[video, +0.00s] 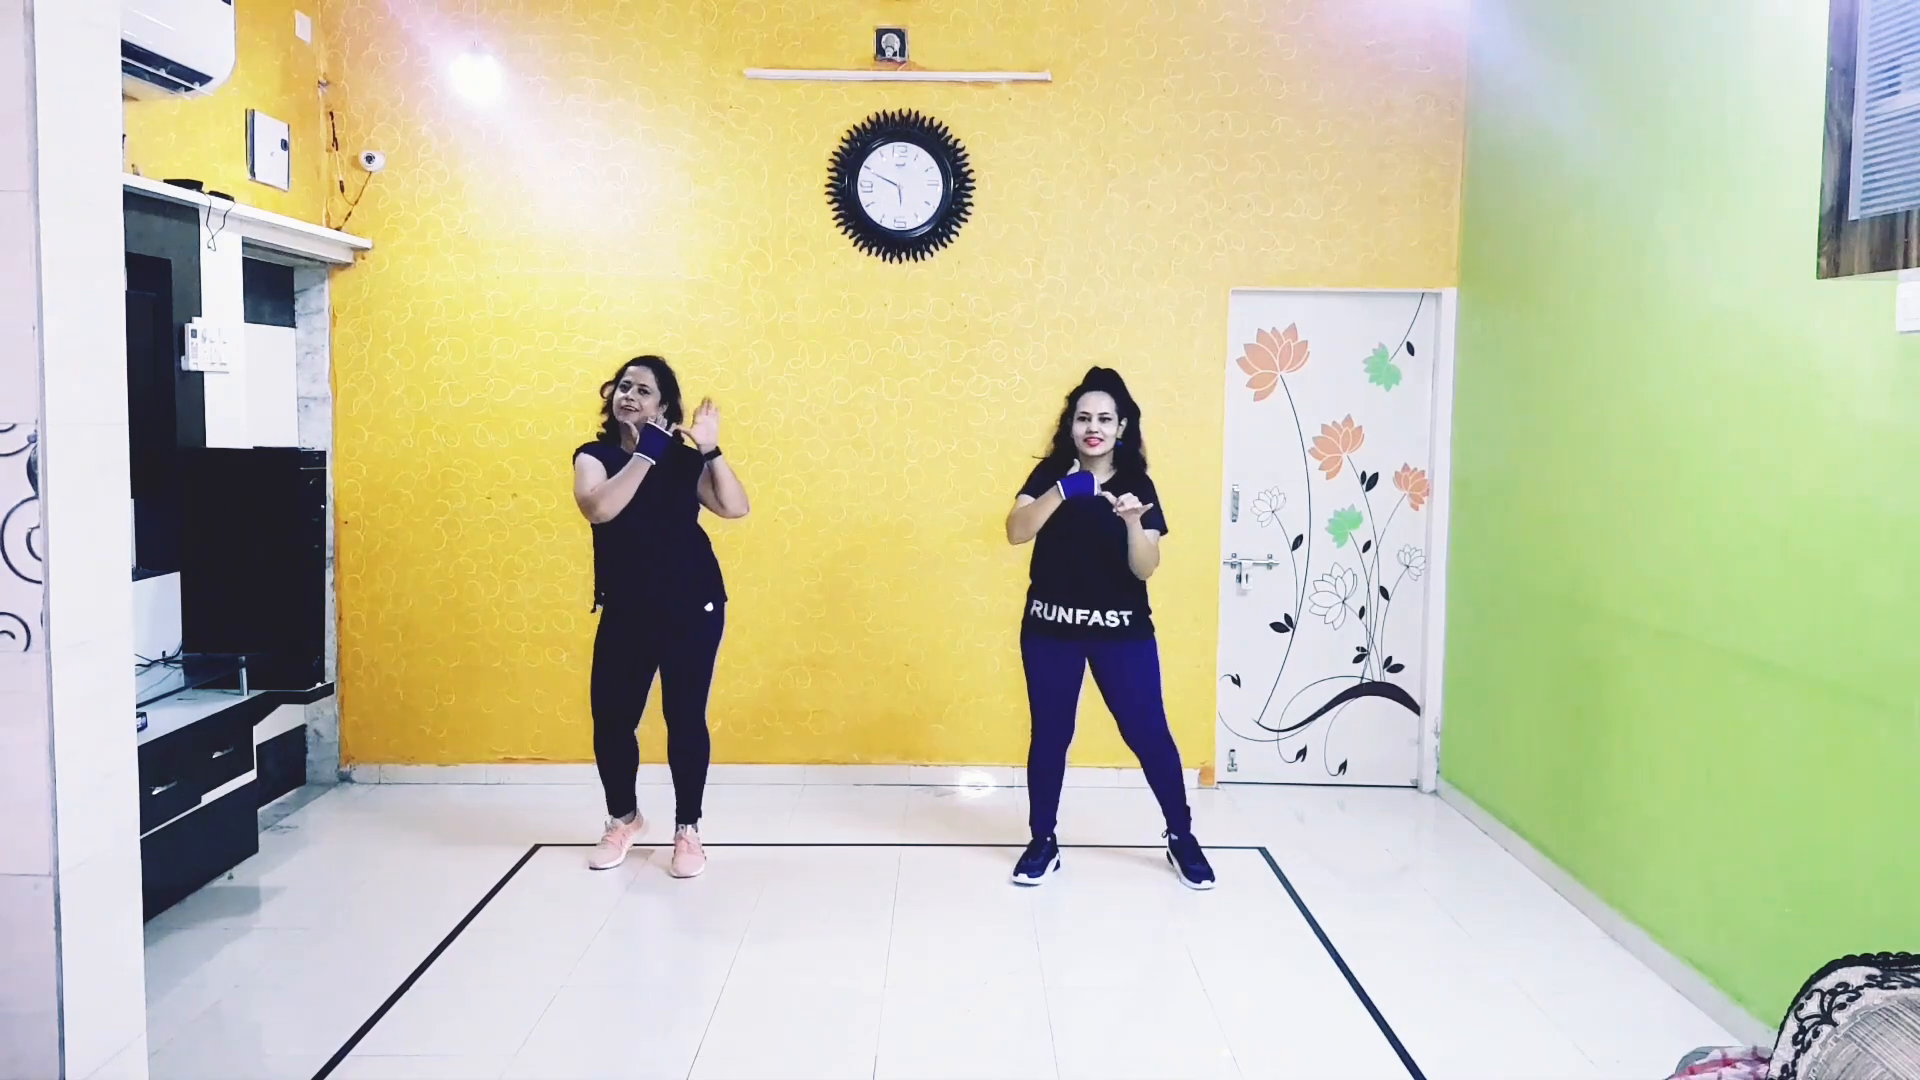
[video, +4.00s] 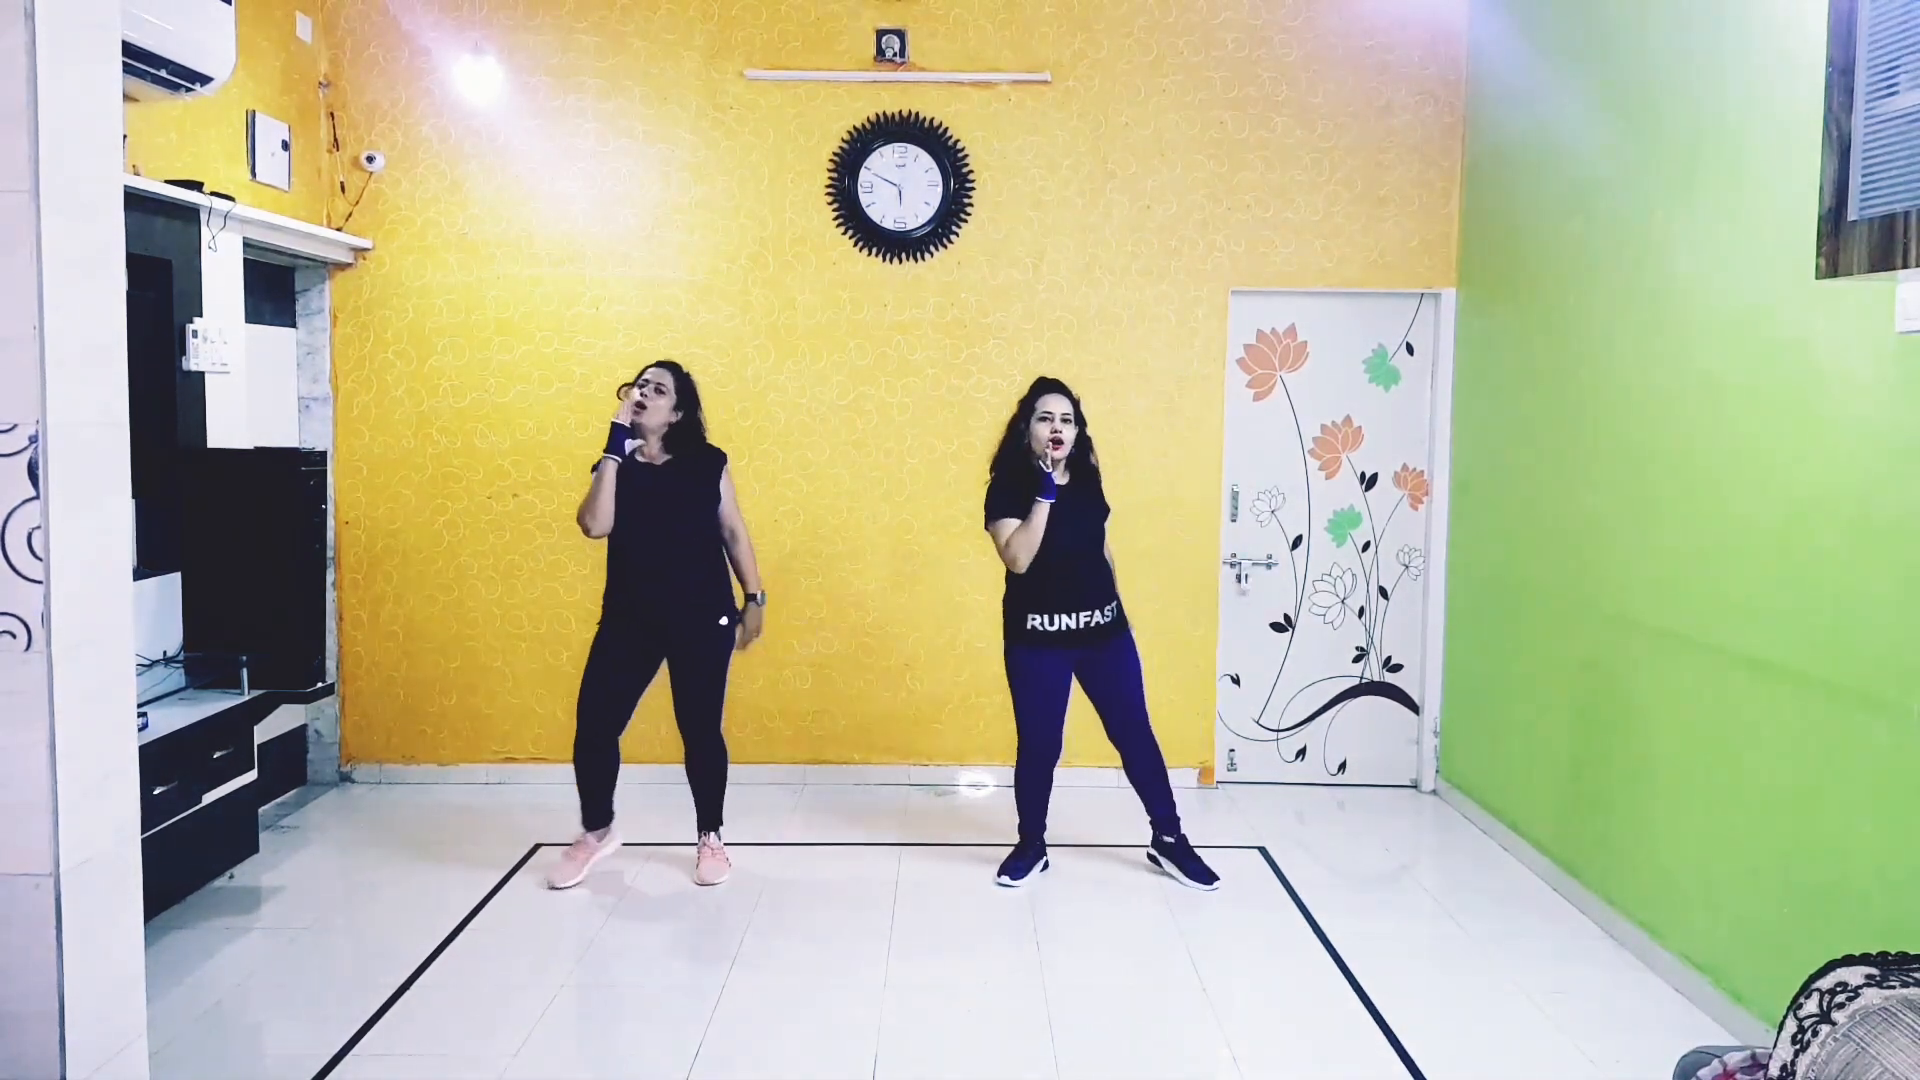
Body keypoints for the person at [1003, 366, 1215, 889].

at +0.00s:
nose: (1094, 427)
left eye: (1105, 418)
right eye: (1084, 416)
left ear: (1123, 426)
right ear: (1070, 423)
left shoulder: (1137, 484)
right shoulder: (1051, 473)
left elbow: (1146, 567)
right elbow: (1016, 532)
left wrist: (1135, 524)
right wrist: (1064, 489)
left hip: (1122, 630)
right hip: (1052, 627)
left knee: (1151, 738)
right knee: (1049, 737)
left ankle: (1182, 836)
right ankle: (1042, 840)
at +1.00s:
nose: (1134, 431)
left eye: (1145, 422)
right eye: (1124, 422)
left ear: (1161, 431)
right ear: (1108, 432)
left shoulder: (1186, 478)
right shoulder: (1098, 496)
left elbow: (1242, 521)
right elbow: (1117, 564)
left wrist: (1232, 484)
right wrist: (1160, 505)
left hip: (1203, 631)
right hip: (1133, 634)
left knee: (1201, 743)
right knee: (1097, 740)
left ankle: (1189, 840)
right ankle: (1049, 837)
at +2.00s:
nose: (1063, 439)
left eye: (1072, 428)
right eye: (1051, 430)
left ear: (1089, 431)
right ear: (1037, 434)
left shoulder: (1101, 496)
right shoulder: (1019, 477)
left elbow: (1115, 573)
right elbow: (1012, 538)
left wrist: (1128, 525)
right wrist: (1063, 495)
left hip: (1086, 632)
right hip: (1019, 631)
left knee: (1123, 736)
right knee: (1027, 742)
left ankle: (1160, 838)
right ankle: (1029, 842)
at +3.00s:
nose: (1139, 445)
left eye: (1150, 433)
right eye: (1129, 435)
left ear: (1172, 436)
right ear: (1117, 443)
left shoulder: (1200, 497)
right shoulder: (1112, 496)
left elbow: (1223, 573)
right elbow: (1088, 573)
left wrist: (1211, 636)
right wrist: (1113, 539)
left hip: (1188, 643)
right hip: (1119, 641)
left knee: (1189, 755)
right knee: (1083, 744)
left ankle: (1187, 845)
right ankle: (1035, 840)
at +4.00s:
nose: (1057, 429)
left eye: (1066, 420)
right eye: (1045, 419)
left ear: (1077, 427)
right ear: (1025, 425)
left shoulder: (1087, 475)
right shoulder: (1008, 483)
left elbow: (1101, 547)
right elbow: (1016, 559)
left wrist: (1114, 610)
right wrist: (1048, 489)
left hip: (1101, 627)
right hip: (1036, 633)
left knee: (1135, 734)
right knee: (1038, 746)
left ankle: (1169, 836)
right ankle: (1030, 843)